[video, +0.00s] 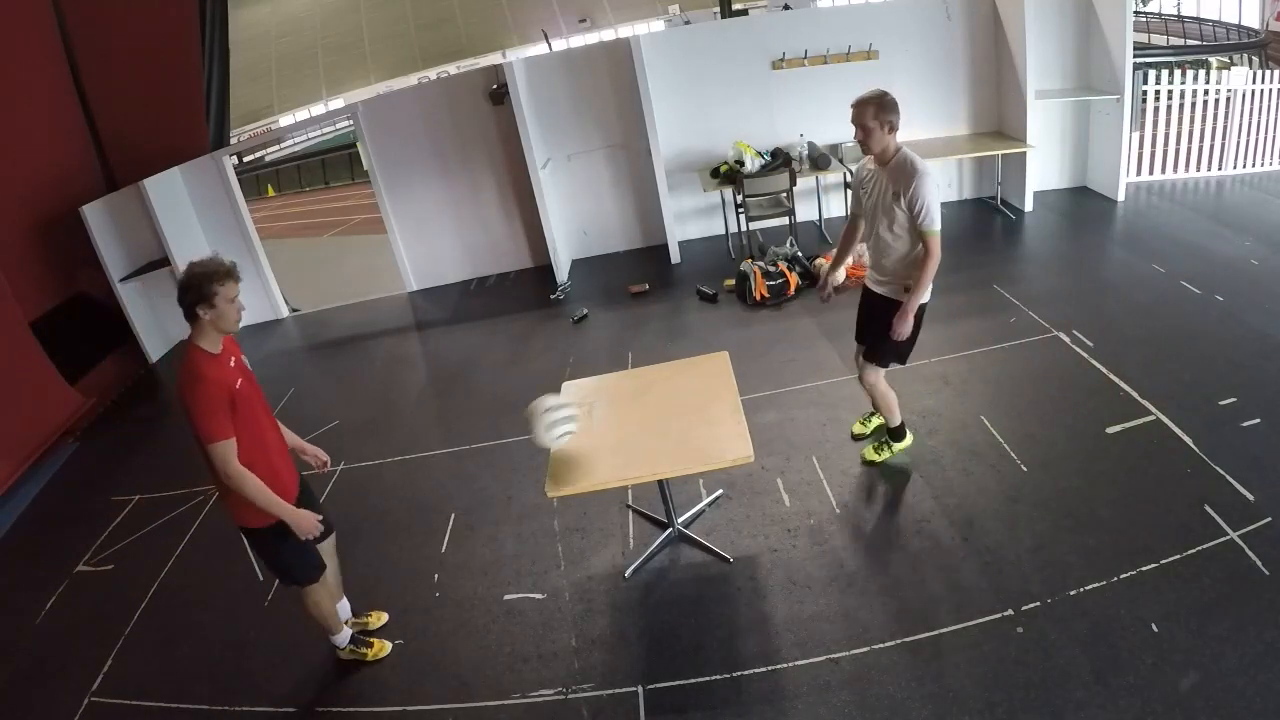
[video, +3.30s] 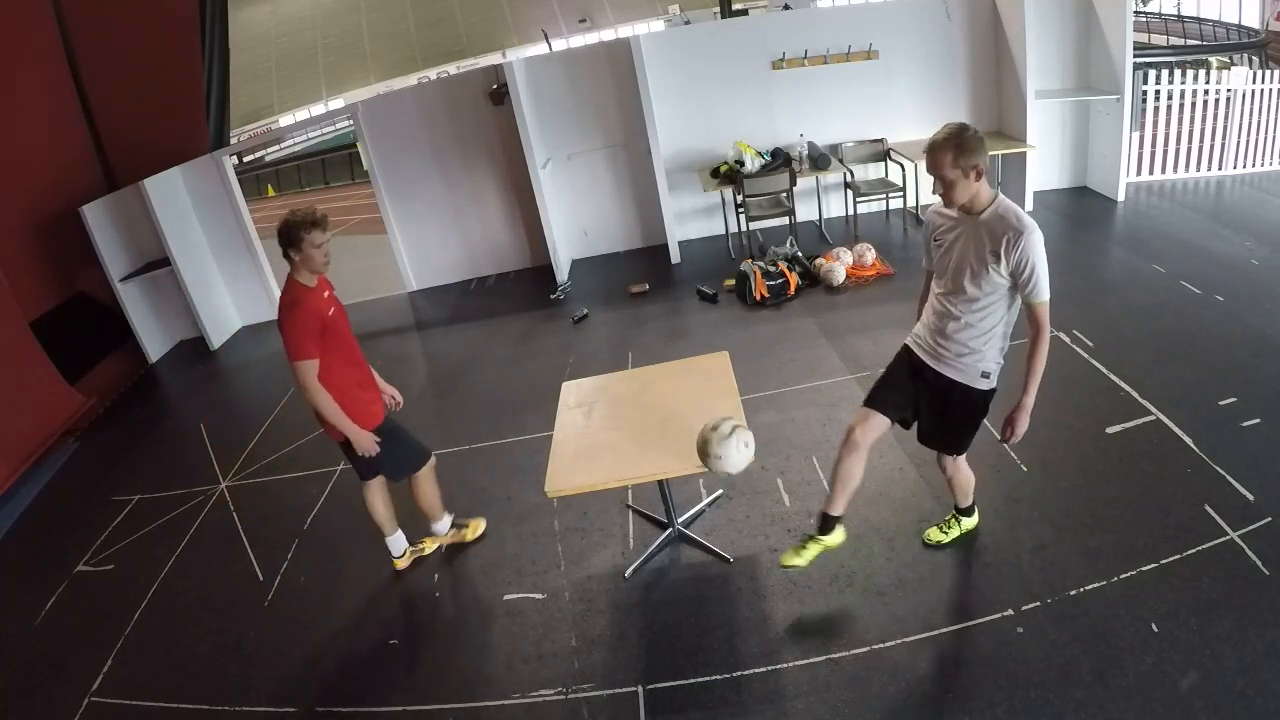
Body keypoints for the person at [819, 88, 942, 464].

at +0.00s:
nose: (856, 135)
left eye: (862, 128)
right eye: (854, 127)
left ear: (888, 127)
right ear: (873, 127)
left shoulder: (917, 176)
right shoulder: (864, 171)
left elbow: (933, 251)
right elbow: (855, 224)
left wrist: (910, 308)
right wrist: (833, 270)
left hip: (905, 294)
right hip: (874, 285)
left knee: (870, 374)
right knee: (866, 357)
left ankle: (899, 433)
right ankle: (882, 411)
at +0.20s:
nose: (860, 137)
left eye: (865, 129)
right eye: (857, 129)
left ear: (892, 127)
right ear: (877, 129)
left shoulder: (925, 175)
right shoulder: (871, 172)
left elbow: (951, 246)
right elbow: (866, 224)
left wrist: (929, 306)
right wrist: (835, 260)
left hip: (922, 289)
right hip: (888, 282)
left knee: (902, 377)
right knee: (877, 355)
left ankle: (939, 454)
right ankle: (882, 412)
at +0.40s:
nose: (883, 141)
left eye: (889, 134)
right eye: (882, 133)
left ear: (917, 134)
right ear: (904, 135)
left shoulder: (950, 187)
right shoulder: (898, 180)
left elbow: (969, 260)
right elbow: (893, 231)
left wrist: (939, 314)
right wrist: (870, 279)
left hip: (947, 304)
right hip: (908, 292)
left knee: (957, 391)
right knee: (887, 358)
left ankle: (1009, 459)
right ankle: (882, 411)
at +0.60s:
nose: (912, 147)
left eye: (919, 139)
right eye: (910, 138)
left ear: (948, 142)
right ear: (924, 140)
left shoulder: (981, 195)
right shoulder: (922, 186)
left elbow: (998, 274)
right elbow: (930, 247)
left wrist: (963, 329)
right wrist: (931, 293)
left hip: (982, 308)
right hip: (941, 297)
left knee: (988, 394)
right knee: (915, 361)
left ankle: (1013, 464)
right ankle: (897, 417)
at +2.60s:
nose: (912, 177)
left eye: (915, 167)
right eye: (909, 167)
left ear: (946, 159)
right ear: (939, 161)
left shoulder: (991, 219)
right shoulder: (939, 201)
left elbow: (1008, 314)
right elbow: (937, 274)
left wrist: (973, 383)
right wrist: (919, 329)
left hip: (972, 355)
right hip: (937, 339)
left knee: (962, 442)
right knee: (923, 410)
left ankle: (967, 512)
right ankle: (935, 461)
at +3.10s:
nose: (935, 181)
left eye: (941, 171)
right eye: (932, 170)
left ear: (974, 166)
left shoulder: (1017, 225)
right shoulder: (943, 209)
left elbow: (1038, 318)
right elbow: (935, 279)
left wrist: (1036, 395)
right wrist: (915, 337)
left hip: (976, 365)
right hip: (931, 348)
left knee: (961, 451)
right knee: (894, 441)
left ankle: (966, 516)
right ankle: (894, 517)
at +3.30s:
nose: (936, 188)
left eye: (943, 178)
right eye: (934, 177)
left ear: (976, 173)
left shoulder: (1020, 233)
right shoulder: (937, 217)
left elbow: (1042, 327)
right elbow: (929, 287)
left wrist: (1026, 404)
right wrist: (917, 339)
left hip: (969, 374)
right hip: (920, 351)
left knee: (951, 459)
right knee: (858, 433)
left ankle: (965, 517)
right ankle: (827, 528)